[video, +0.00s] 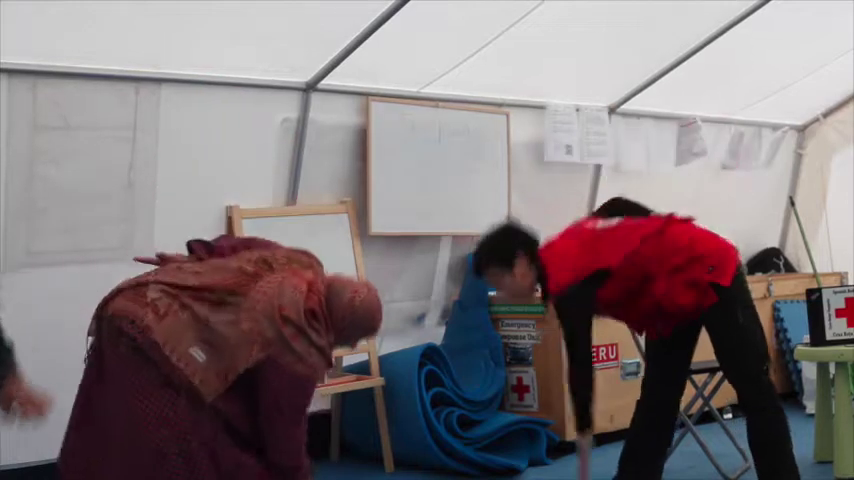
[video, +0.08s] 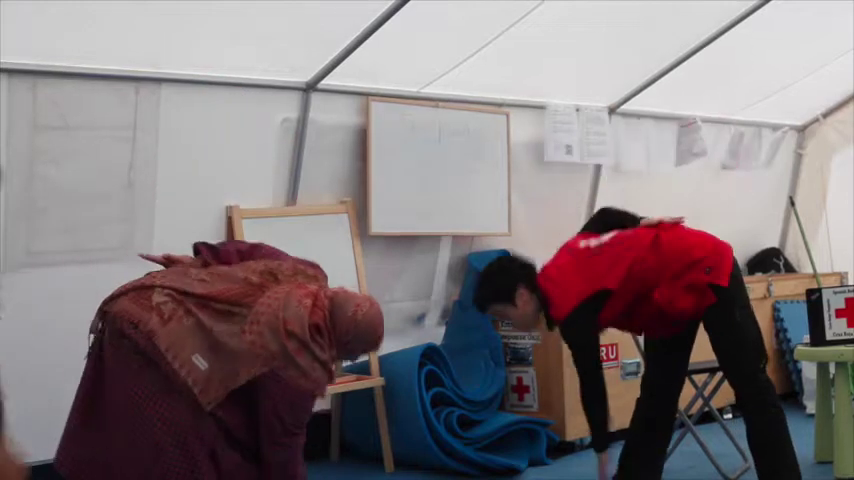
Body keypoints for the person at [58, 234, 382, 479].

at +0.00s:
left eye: (348, 281)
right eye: (351, 337)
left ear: (337, 279)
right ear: (346, 336)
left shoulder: (297, 261)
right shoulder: (298, 350)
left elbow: (218, 247)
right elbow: (284, 441)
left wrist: (188, 263)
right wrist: (295, 472)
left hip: (124, 310)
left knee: (106, 440)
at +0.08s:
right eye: (357, 349)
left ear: (341, 290)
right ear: (349, 350)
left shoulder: (302, 272)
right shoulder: (298, 367)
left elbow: (234, 252)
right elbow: (283, 449)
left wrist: (192, 264)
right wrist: (290, 477)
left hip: (128, 311)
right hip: (166, 363)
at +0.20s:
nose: (357, 305)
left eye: (359, 312)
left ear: (346, 305)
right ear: (352, 362)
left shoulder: (313, 284)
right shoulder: (304, 379)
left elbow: (257, 259)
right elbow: (283, 456)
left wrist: (205, 264)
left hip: (132, 306)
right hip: (161, 363)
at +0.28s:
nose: (359, 305)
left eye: (360, 312)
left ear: (347, 307)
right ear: (351, 365)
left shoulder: (315, 285)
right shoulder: (303, 383)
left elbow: (258, 259)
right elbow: (283, 459)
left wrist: (207, 265)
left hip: (133, 305)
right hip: (161, 363)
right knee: (184, 457)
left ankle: (87, 464)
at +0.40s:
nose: (338, 290)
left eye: (339, 294)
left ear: (337, 295)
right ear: (347, 354)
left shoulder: (313, 278)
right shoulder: (297, 373)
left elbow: (256, 254)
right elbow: (281, 455)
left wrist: (205, 263)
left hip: (132, 303)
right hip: (157, 357)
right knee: (182, 457)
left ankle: (91, 464)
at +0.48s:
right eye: (357, 329)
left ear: (334, 279)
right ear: (345, 330)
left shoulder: (305, 263)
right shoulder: (290, 359)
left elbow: (229, 248)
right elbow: (277, 442)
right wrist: (288, 475)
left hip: (126, 305)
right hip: (162, 352)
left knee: (114, 435)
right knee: (179, 456)